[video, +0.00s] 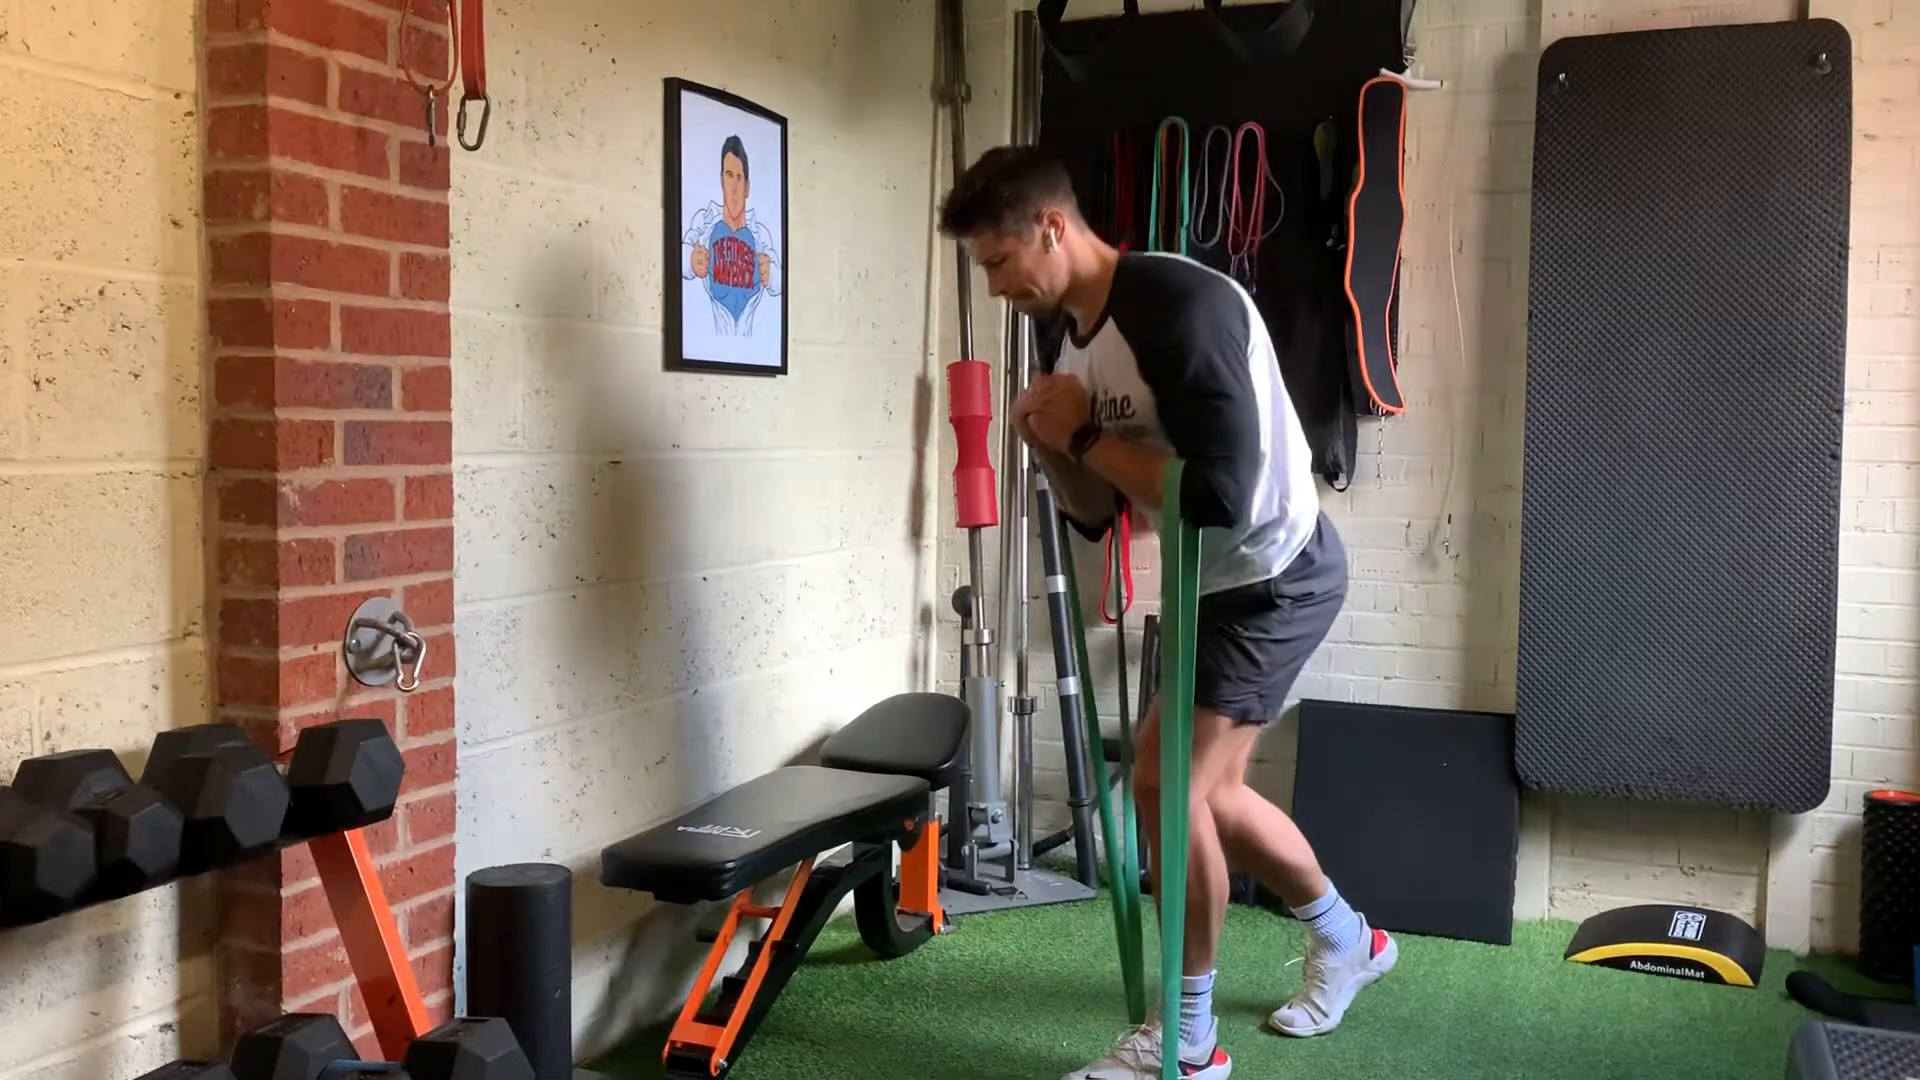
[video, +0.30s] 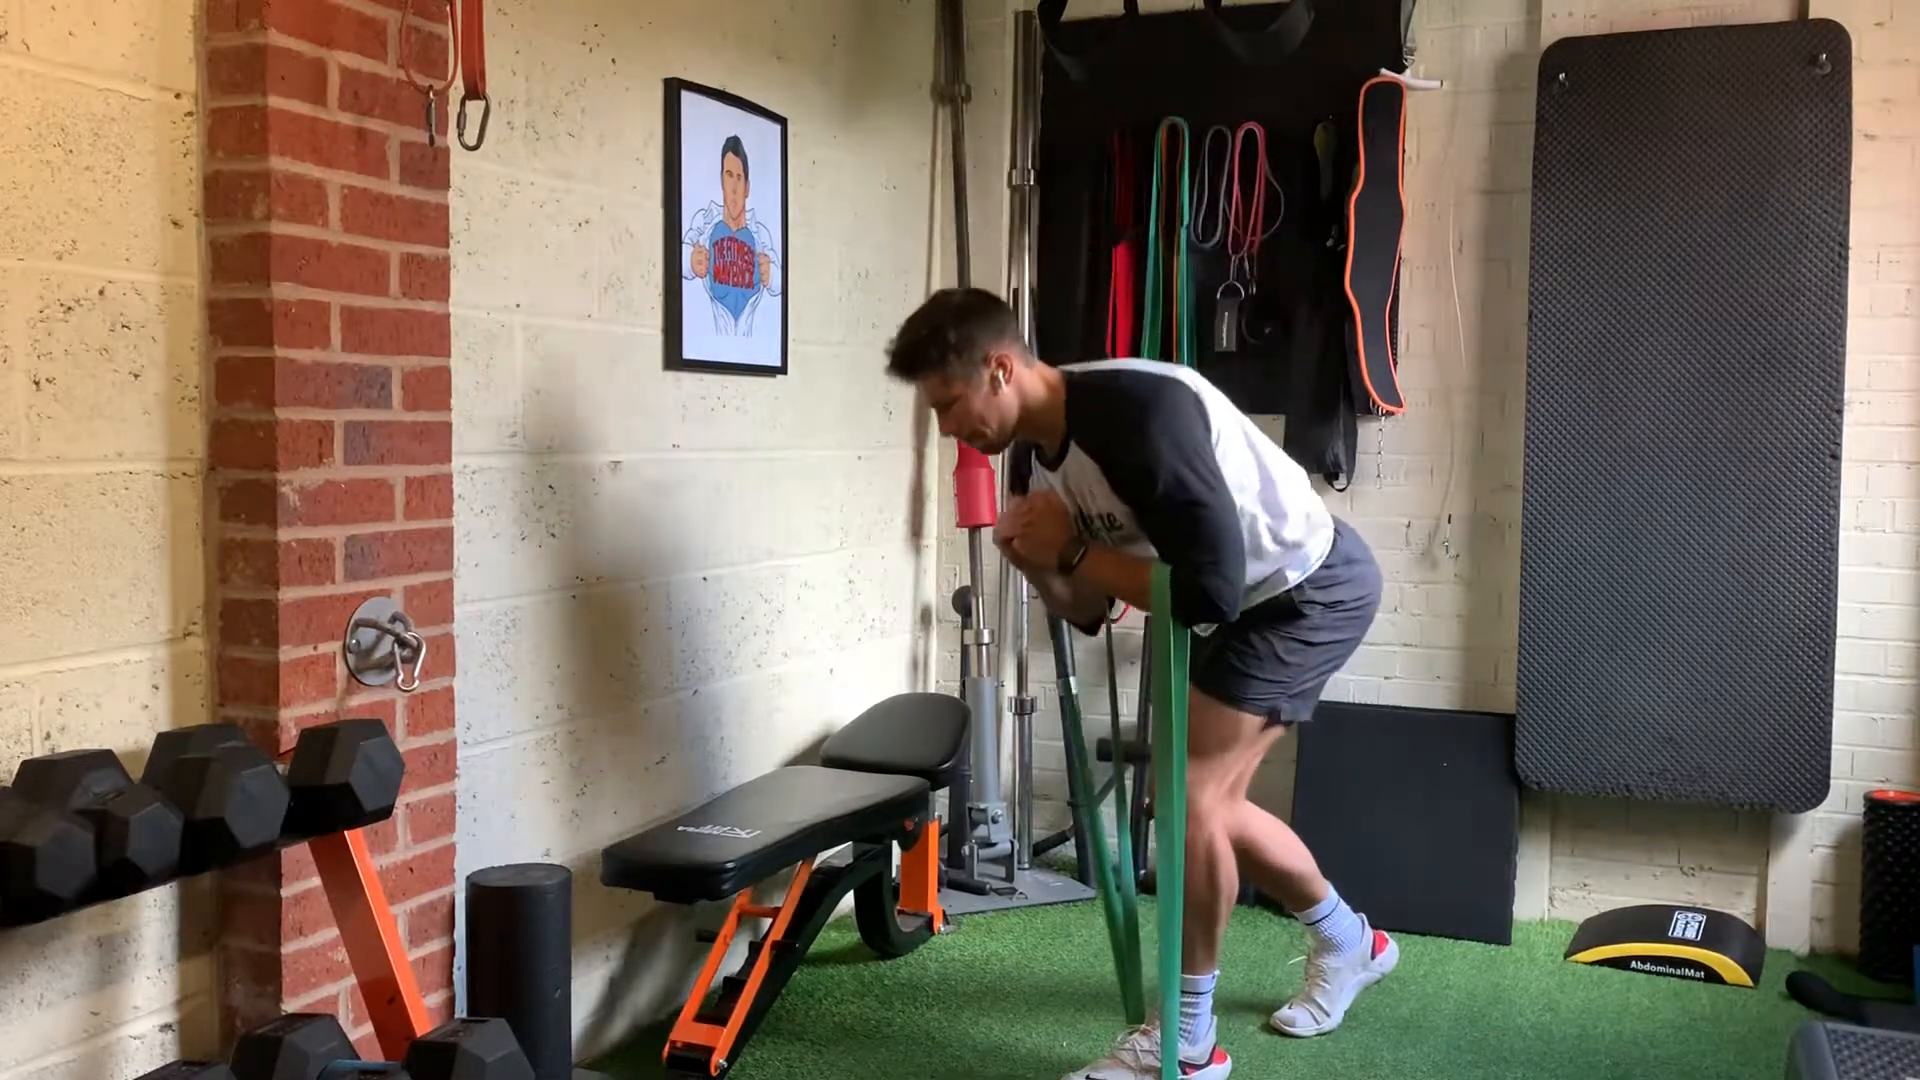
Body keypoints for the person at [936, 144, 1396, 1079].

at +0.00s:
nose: (995, 286)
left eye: (1001, 262)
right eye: (985, 268)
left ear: (1054, 228)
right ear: (1045, 236)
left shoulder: (1184, 308)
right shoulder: (1067, 333)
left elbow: (1222, 498)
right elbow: (1101, 512)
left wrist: (1084, 441)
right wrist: (1053, 448)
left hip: (1278, 574)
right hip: (1205, 576)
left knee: (1162, 778)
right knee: (1211, 789)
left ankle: (1188, 1034)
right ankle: (1348, 936)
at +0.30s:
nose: (946, 430)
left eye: (948, 406)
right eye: (936, 413)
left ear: (1003, 370)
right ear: (999, 374)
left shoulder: (1146, 417)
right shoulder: (1033, 457)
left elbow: (1214, 590)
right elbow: (1095, 612)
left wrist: (1075, 551)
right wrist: (1040, 565)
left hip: (1310, 586)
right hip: (1236, 595)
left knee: (1191, 795)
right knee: (1210, 807)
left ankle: (1187, 1037)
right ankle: (1350, 940)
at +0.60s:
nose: (924, 548)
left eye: (927, 527)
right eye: (915, 531)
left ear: (979, 496)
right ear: (981, 498)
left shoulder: (1129, 517)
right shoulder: (1021, 545)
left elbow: (1211, 685)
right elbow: (1095, 694)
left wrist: (1071, 651)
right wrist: (1040, 663)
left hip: (1325, 593)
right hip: (1251, 604)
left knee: (1197, 795)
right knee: (1214, 812)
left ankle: (1187, 1038)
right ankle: (1356, 943)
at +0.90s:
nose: (926, 635)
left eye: (924, 616)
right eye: (916, 620)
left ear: (975, 581)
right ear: (977, 577)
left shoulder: (1126, 582)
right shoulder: (1022, 613)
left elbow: (1217, 748)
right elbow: (1115, 734)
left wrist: (1079, 717)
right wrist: (1047, 728)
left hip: (1335, 597)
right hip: (1265, 602)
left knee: (1202, 803)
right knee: (1215, 816)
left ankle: (1185, 1041)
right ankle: (1354, 943)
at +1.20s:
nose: (930, 600)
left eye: (930, 579)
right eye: (920, 584)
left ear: (977, 544)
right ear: (978, 542)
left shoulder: (1132, 555)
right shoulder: (1030, 590)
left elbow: (1221, 722)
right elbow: (1139, 715)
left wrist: (1074, 692)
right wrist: (1056, 701)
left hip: (1335, 595)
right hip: (1267, 606)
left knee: (1201, 799)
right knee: (1214, 821)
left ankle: (1186, 1041)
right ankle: (1357, 944)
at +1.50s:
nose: (960, 379)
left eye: (963, 355)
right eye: (948, 363)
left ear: (1017, 319)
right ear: (1011, 328)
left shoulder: (1144, 384)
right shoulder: (1032, 424)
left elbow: (1208, 561)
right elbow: (1092, 587)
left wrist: (1072, 515)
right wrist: (1041, 523)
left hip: (1300, 581)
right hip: (1226, 595)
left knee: (1173, 788)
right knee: (1221, 818)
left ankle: (1185, 1036)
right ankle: (1356, 943)